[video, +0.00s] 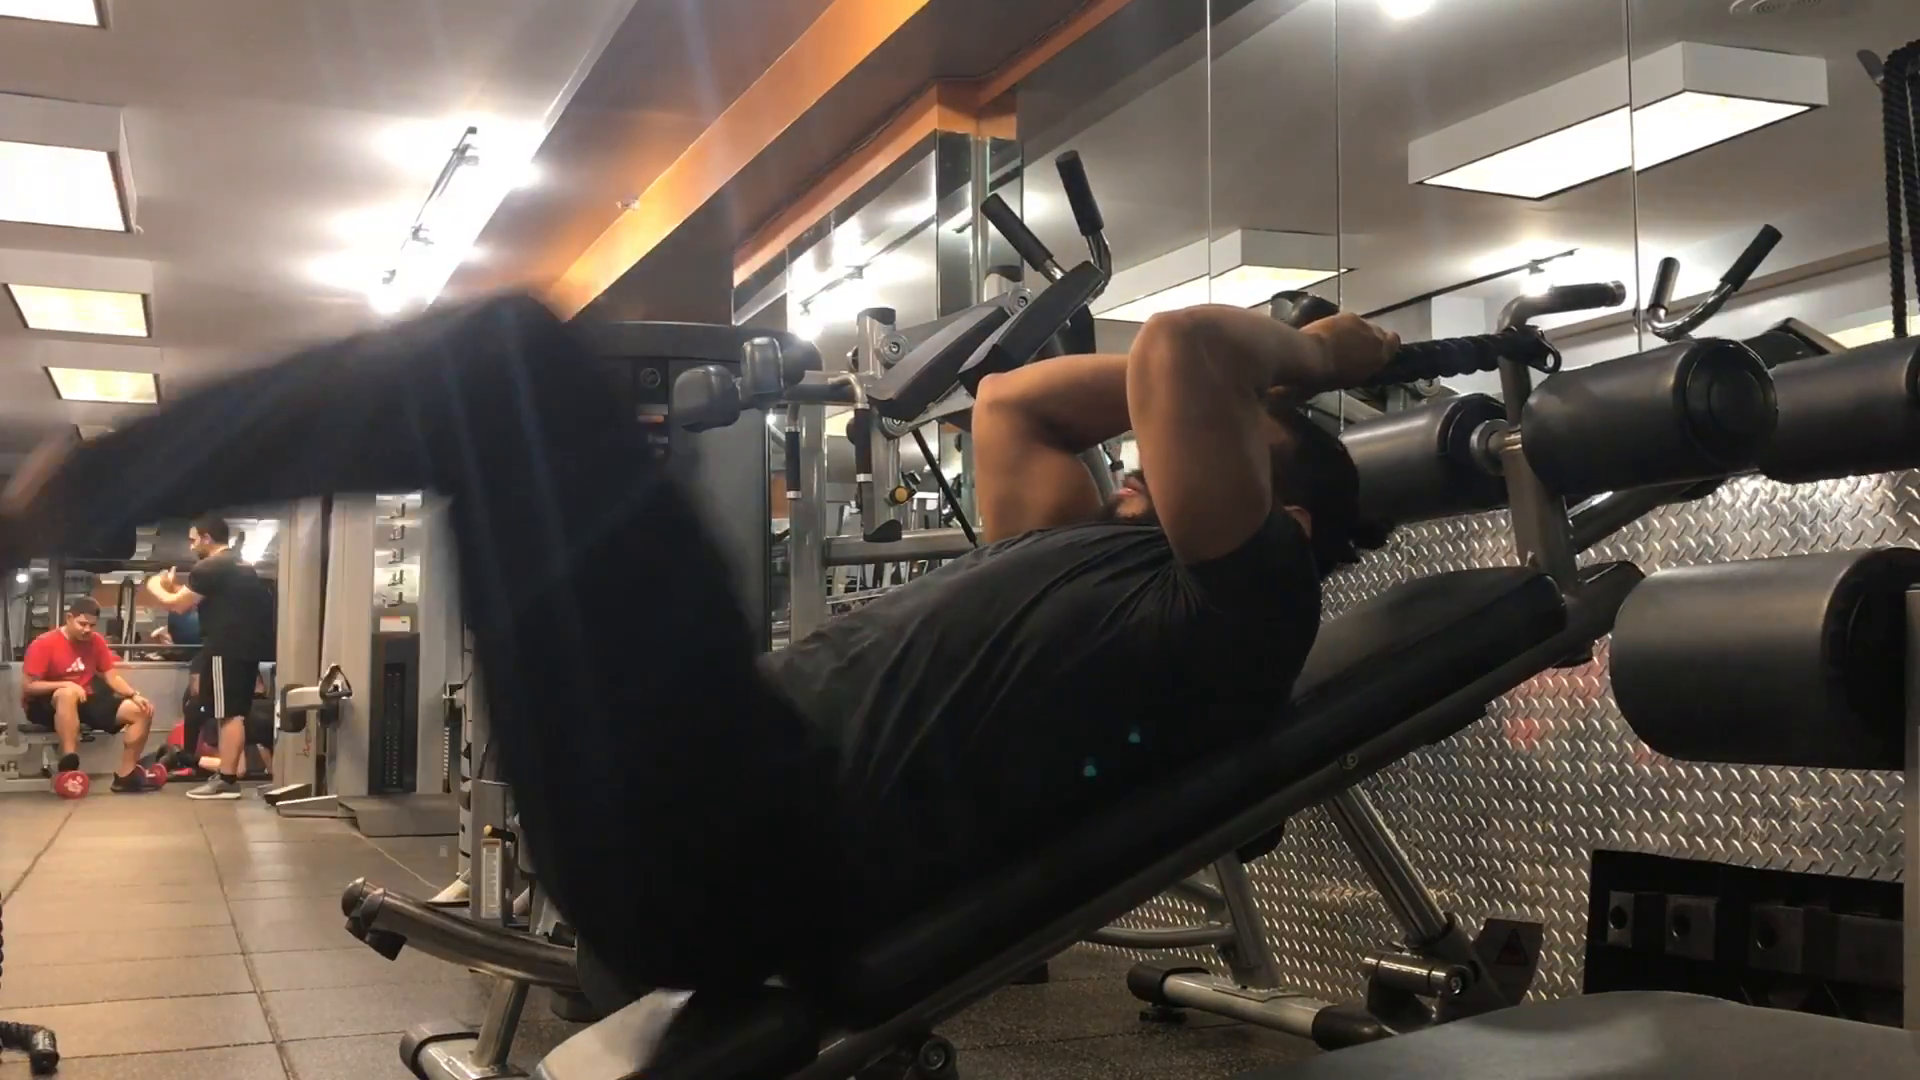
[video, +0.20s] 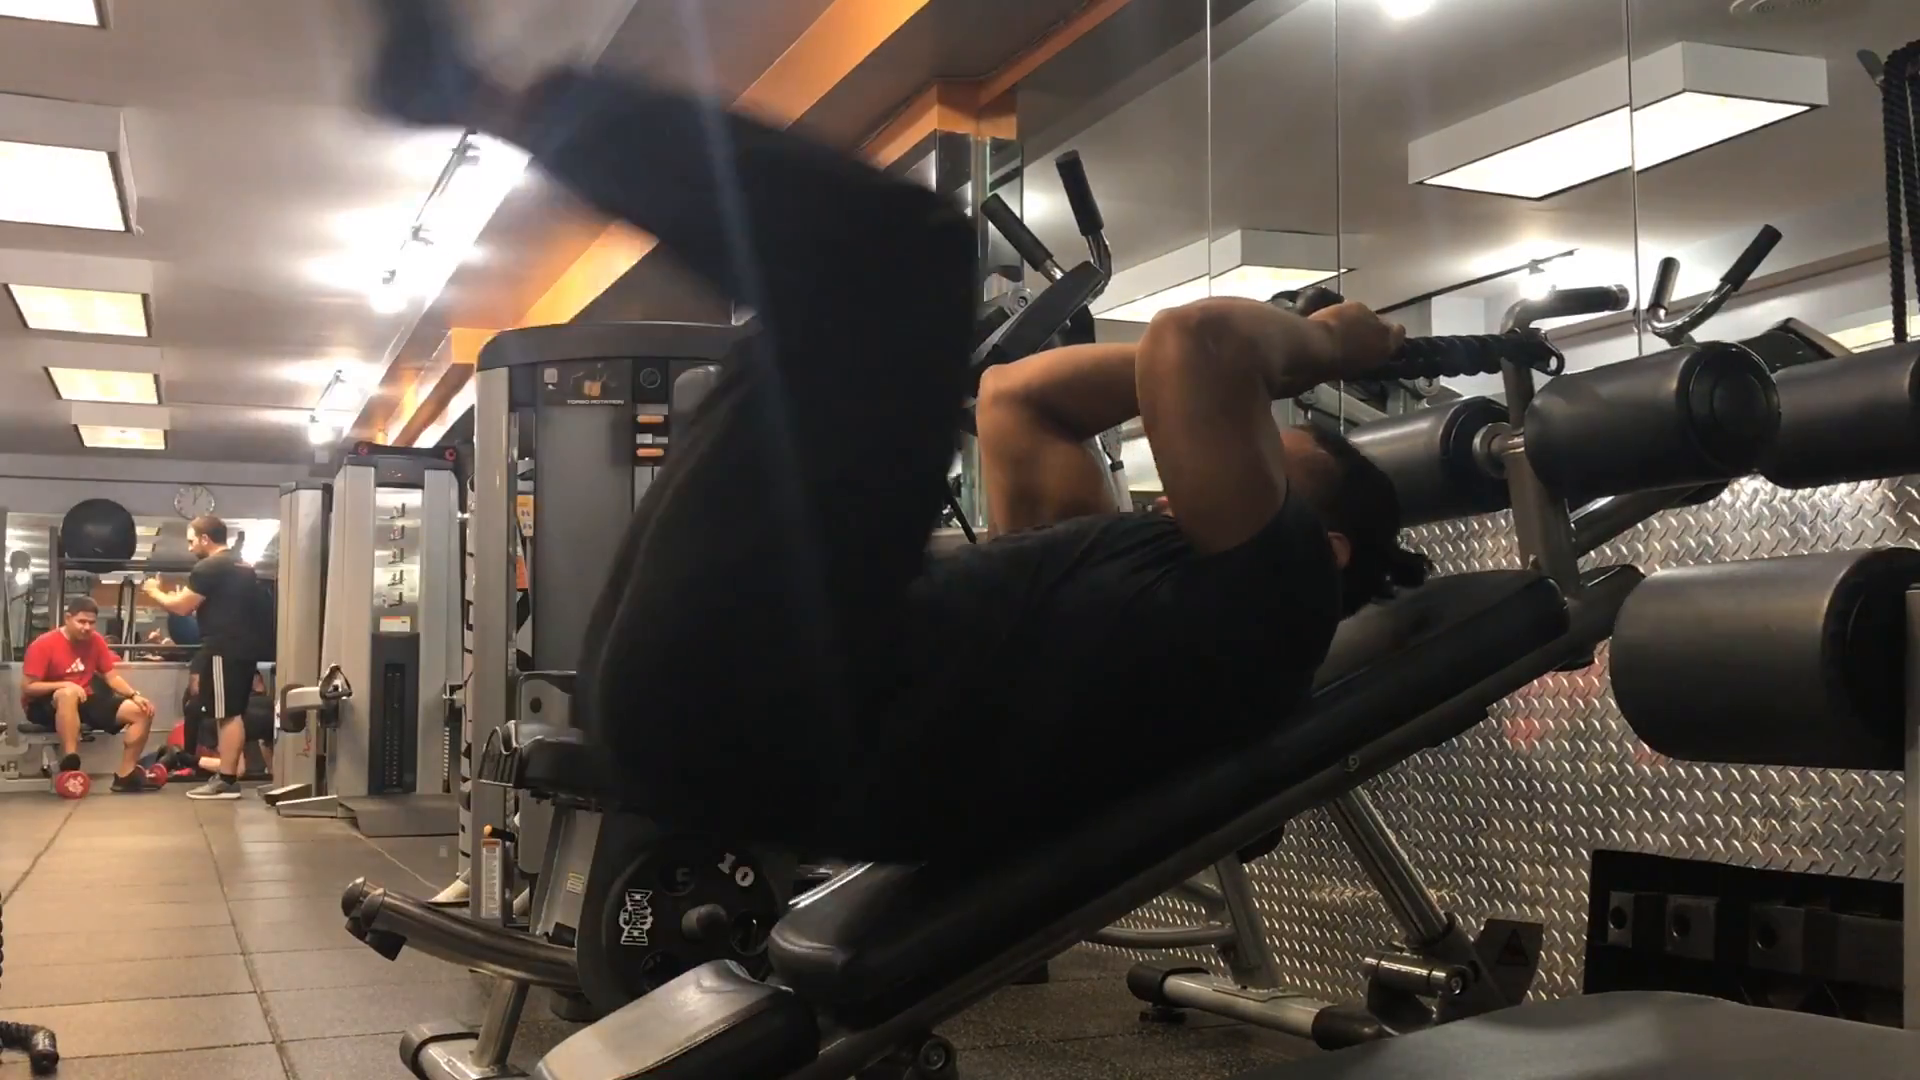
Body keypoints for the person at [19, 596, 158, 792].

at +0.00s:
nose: (87, 630)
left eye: (92, 625)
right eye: (82, 624)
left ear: (96, 624)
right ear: (69, 618)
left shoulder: (96, 641)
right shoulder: (44, 644)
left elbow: (111, 675)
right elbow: (29, 686)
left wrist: (134, 695)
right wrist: (66, 684)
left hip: (83, 703)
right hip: (44, 706)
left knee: (141, 712)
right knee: (68, 692)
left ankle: (126, 776)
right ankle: (69, 764)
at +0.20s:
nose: (87, 628)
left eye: (91, 623)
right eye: (82, 622)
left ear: (95, 622)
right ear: (67, 618)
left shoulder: (95, 641)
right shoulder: (44, 644)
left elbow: (111, 676)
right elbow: (28, 688)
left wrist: (134, 695)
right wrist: (65, 685)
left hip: (83, 703)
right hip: (44, 706)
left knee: (141, 713)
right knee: (68, 692)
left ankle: (125, 776)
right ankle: (71, 762)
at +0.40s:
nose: (85, 625)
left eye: (89, 620)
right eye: (79, 619)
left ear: (93, 620)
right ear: (66, 618)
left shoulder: (95, 641)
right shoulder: (44, 644)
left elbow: (111, 675)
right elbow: (29, 687)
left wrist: (135, 695)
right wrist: (67, 685)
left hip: (83, 702)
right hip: (44, 706)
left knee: (142, 712)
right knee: (70, 693)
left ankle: (126, 775)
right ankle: (71, 765)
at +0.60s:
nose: (84, 622)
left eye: (88, 617)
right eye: (78, 617)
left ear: (93, 618)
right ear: (65, 617)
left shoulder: (96, 640)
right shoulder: (44, 642)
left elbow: (113, 672)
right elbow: (32, 684)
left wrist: (135, 694)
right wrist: (70, 678)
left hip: (85, 702)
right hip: (44, 705)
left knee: (142, 712)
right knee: (71, 693)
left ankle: (126, 775)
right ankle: (72, 764)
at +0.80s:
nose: (81, 619)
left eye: (85, 614)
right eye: (75, 614)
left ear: (90, 615)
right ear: (61, 616)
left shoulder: (96, 637)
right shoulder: (45, 641)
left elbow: (119, 665)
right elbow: (47, 680)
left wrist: (135, 693)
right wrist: (88, 671)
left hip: (86, 702)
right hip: (44, 704)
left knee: (142, 712)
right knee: (71, 693)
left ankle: (125, 775)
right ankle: (72, 765)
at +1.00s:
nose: (80, 618)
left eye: (84, 612)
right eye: (73, 614)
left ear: (89, 614)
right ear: (60, 617)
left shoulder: (96, 635)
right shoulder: (46, 641)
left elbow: (126, 663)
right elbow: (53, 681)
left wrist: (139, 693)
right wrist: (97, 687)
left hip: (84, 702)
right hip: (44, 704)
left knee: (143, 711)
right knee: (70, 694)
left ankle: (125, 775)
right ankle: (71, 765)